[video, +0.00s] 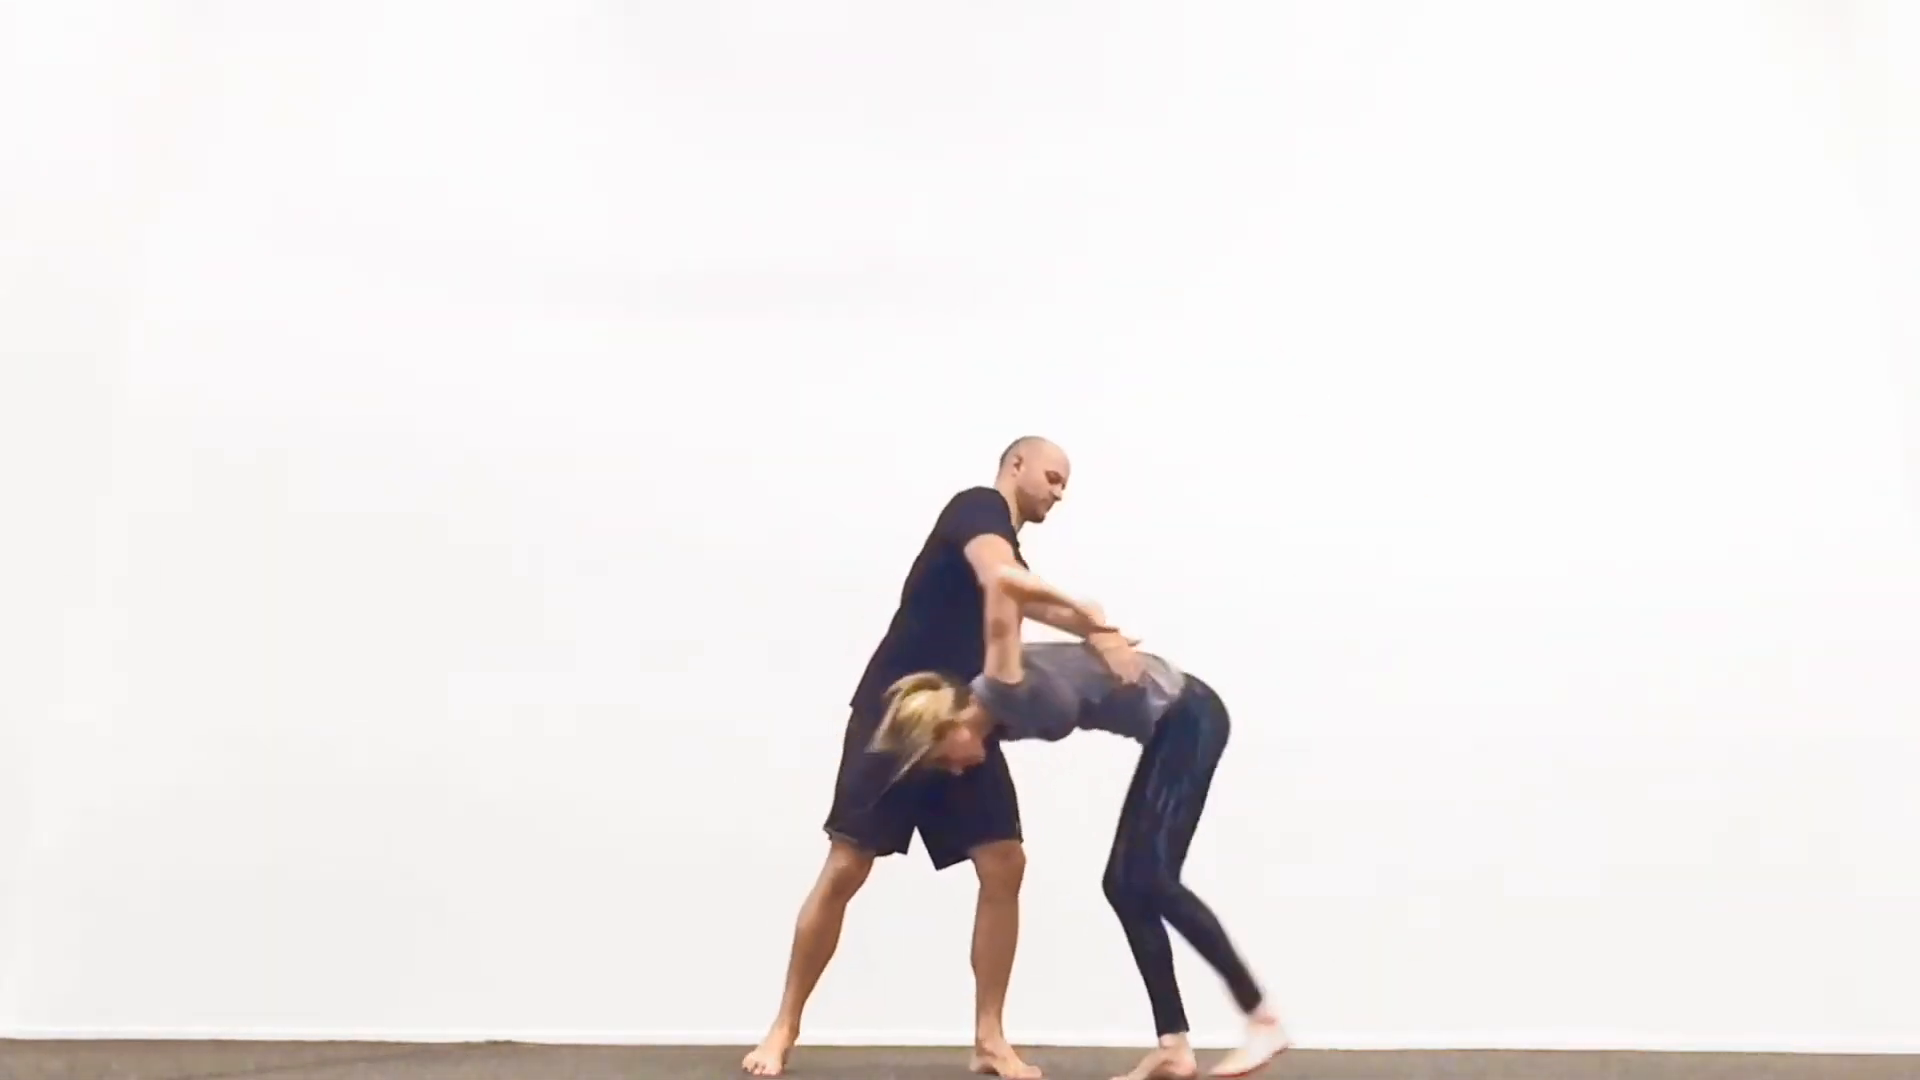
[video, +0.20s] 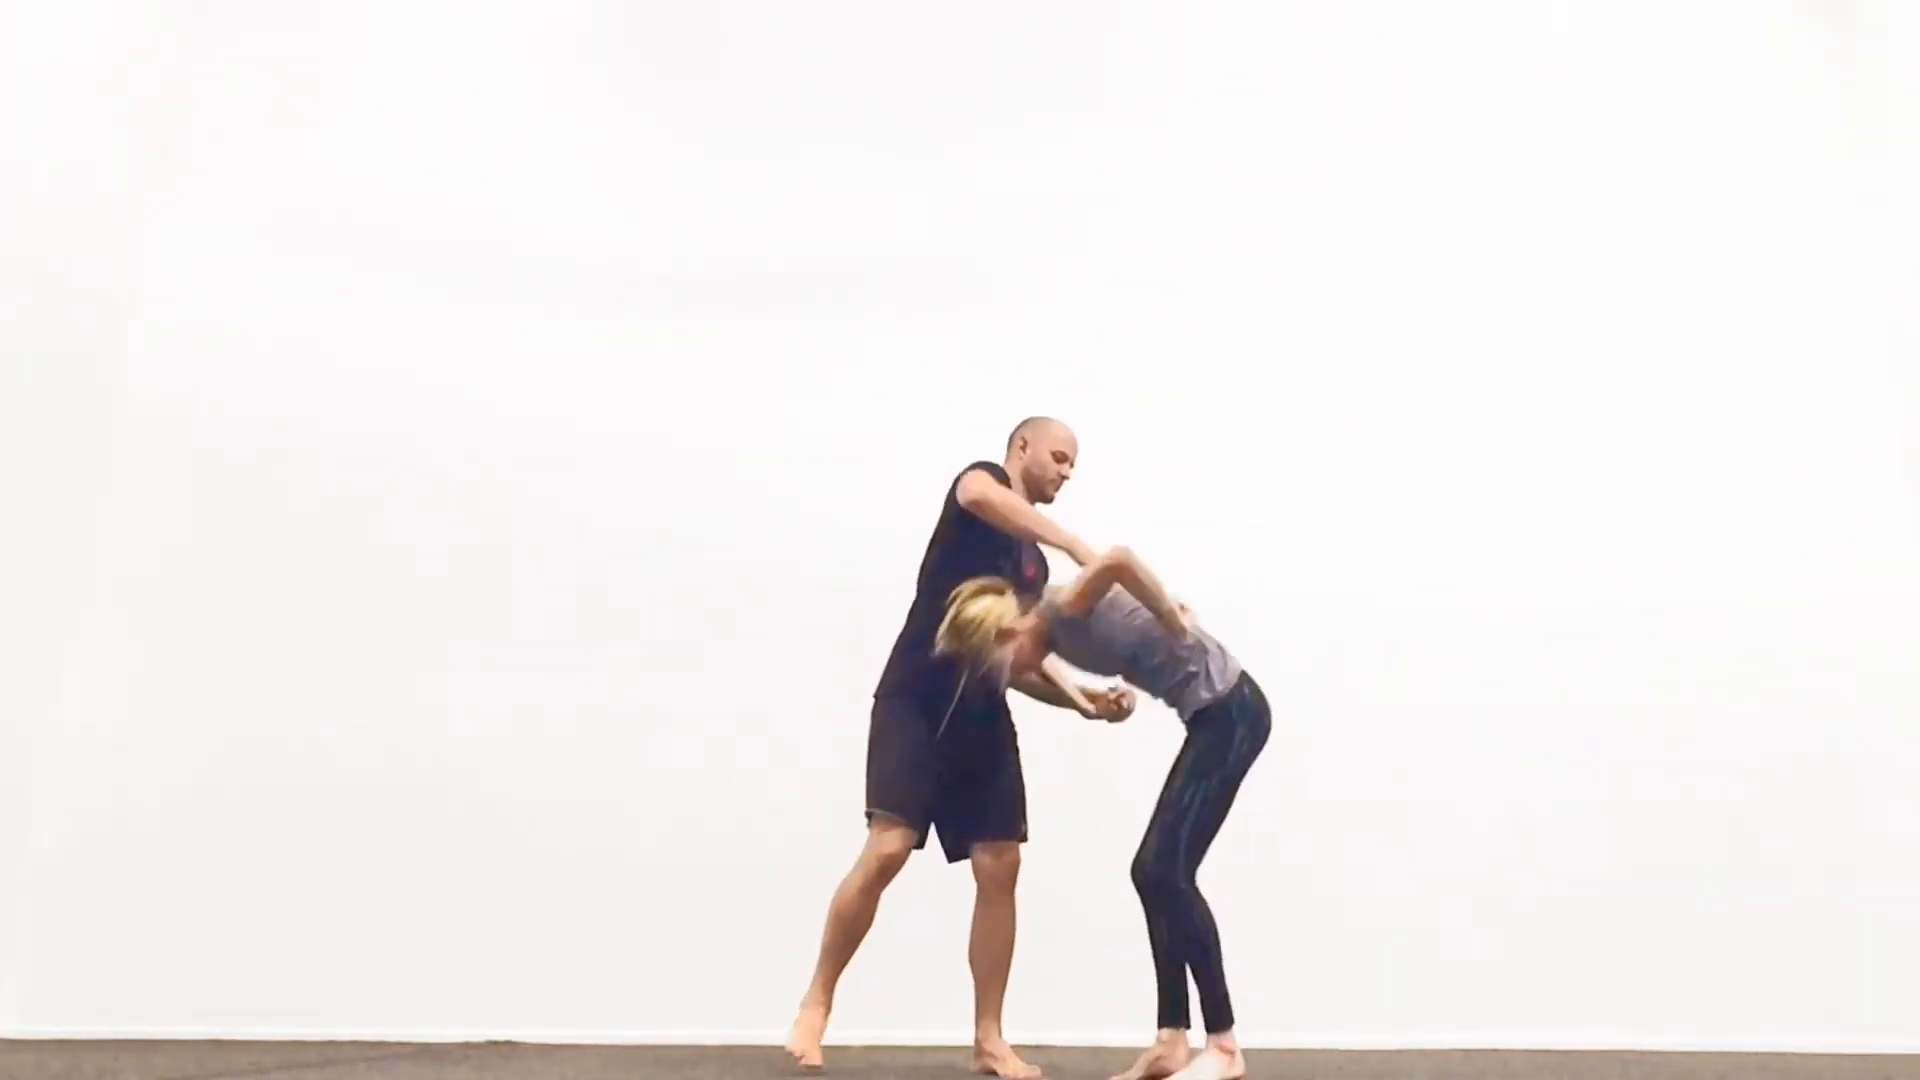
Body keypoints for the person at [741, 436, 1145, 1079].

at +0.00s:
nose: (1059, 491)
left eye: (1065, 485)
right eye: (1053, 477)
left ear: (1034, 481)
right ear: (1014, 465)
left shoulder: (1006, 545)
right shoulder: (977, 505)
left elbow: (1010, 632)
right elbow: (1000, 580)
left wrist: (1101, 640)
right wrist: (1095, 626)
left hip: (963, 709)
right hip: (896, 706)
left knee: (1005, 864)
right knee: (845, 870)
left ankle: (991, 1040)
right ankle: (783, 1029)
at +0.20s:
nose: (1066, 471)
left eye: (1071, 466)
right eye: (1059, 457)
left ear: (1056, 473)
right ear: (1021, 446)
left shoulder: (1033, 561)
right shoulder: (983, 476)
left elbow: (1021, 662)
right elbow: (978, 497)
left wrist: (1080, 696)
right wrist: (1074, 543)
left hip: (982, 706)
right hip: (917, 692)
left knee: (1000, 864)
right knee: (890, 849)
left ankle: (990, 1040)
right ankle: (816, 1004)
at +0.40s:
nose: (1054, 455)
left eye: (1060, 447)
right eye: (1046, 440)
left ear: (1050, 454)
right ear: (1007, 434)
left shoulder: (1035, 540)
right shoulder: (966, 483)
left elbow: (1032, 655)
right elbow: (909, 472)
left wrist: (1099, 689)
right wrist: (1010, 480)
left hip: (997, 705)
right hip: (932, 693)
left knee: (993, 869)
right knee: (923, 844)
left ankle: (986, 1041)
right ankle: (891, 1033)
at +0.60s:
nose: (1035, 442)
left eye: (1038, 432)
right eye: (1025, 428)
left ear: (1021, 434)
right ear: (985, 422)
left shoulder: (1012, 528)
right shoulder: (942, 478)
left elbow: (1016, 644)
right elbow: (875, 531)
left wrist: (1097, 652)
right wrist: (975, 503)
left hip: (998, 708)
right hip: (933, 697)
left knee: (994, 869)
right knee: (933, 852)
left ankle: (985, 1040)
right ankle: (900, 1045)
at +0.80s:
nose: (1018, 425)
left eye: (1019, 414)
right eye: (1007, 411)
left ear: (986, 418)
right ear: (964, 411)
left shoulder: (984, 503)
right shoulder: (932, 482)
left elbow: (995, 631)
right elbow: (913, 580)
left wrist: (1084, 622)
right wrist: (1014, 578)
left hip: (985, 705)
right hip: (933, 702)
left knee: (996, 859)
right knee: (929, 856)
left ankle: (966, 1034)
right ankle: (901, 1047)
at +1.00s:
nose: (998, 416)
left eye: (998, 404)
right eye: (987, 403)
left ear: (956, 404)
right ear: (945, 404)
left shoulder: (963, 492)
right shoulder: (924, 477)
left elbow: (1020, 604)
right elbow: (947, 585)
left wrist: (1112, 605)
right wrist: (1057, 612)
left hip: (975, 701)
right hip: (932, 698)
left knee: (973, 862)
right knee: (926, 857)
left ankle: (962, 1035)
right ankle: (901, 1046)